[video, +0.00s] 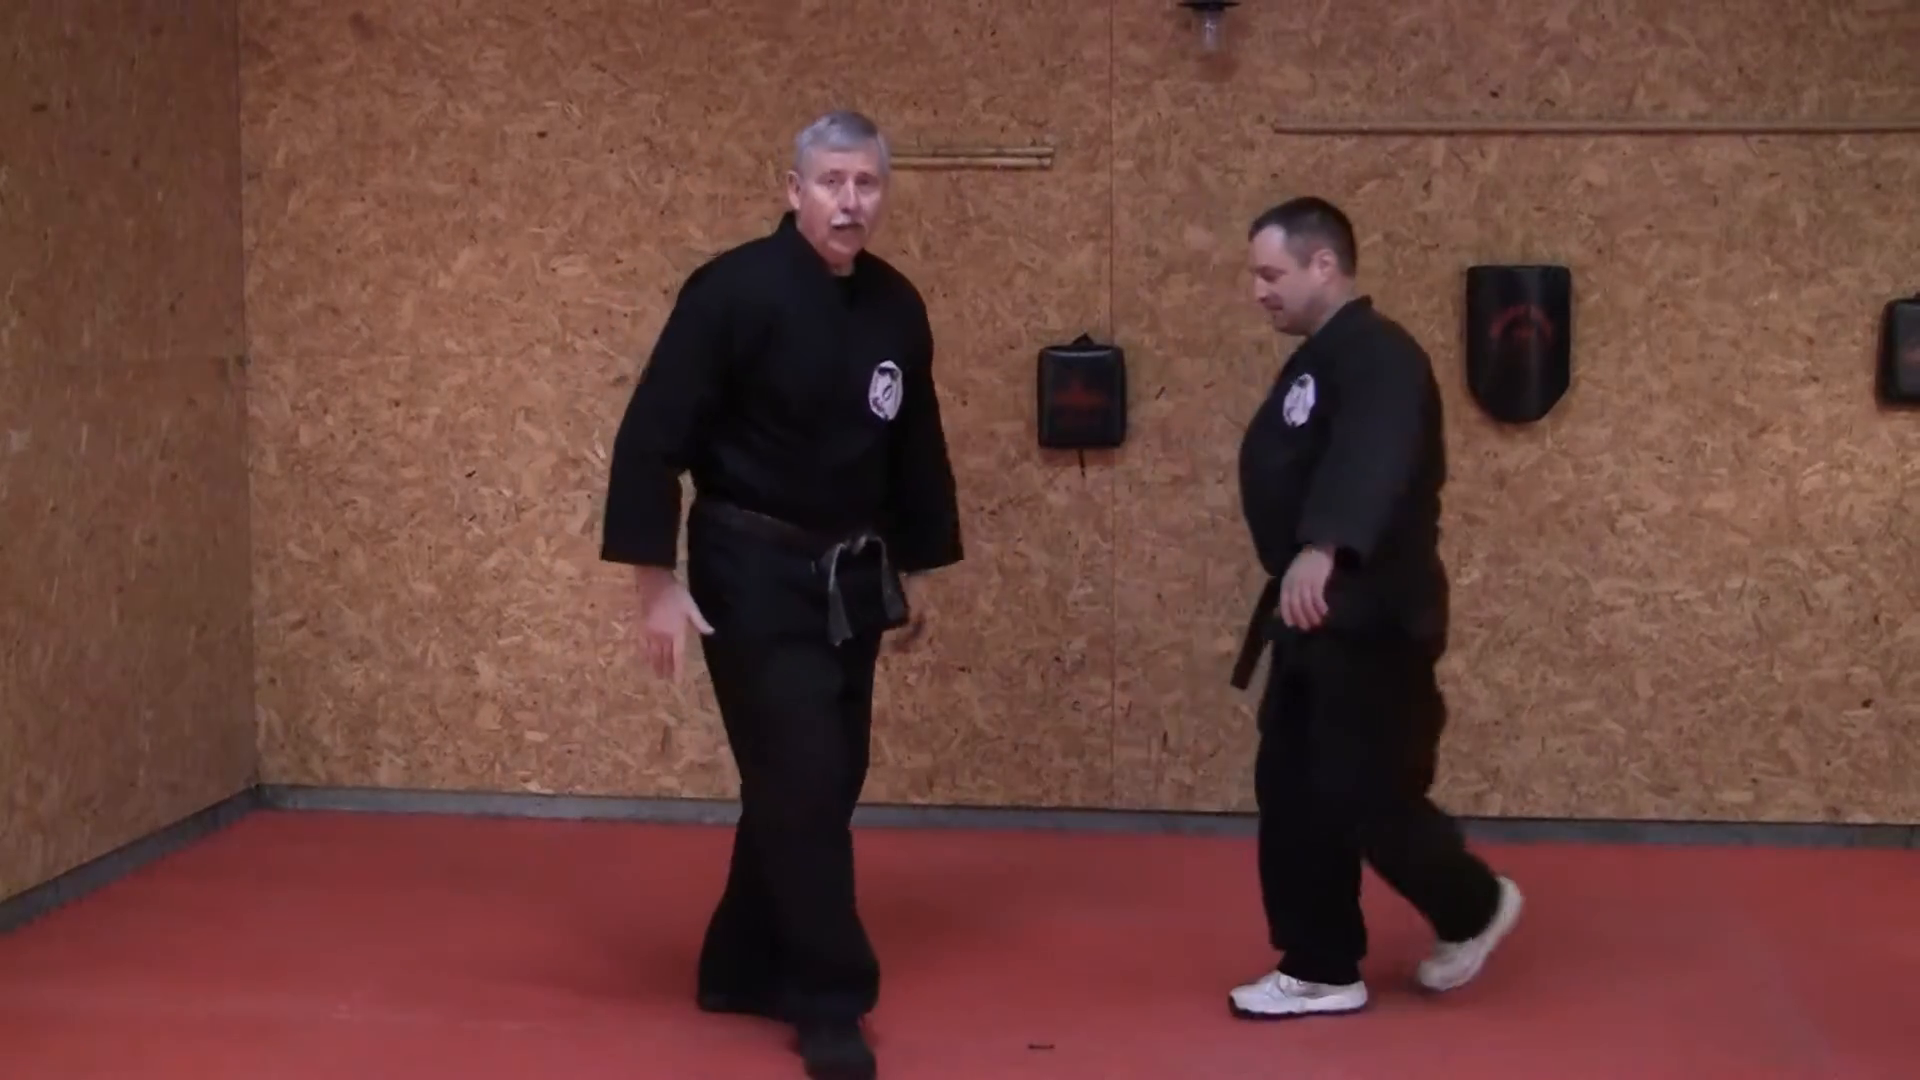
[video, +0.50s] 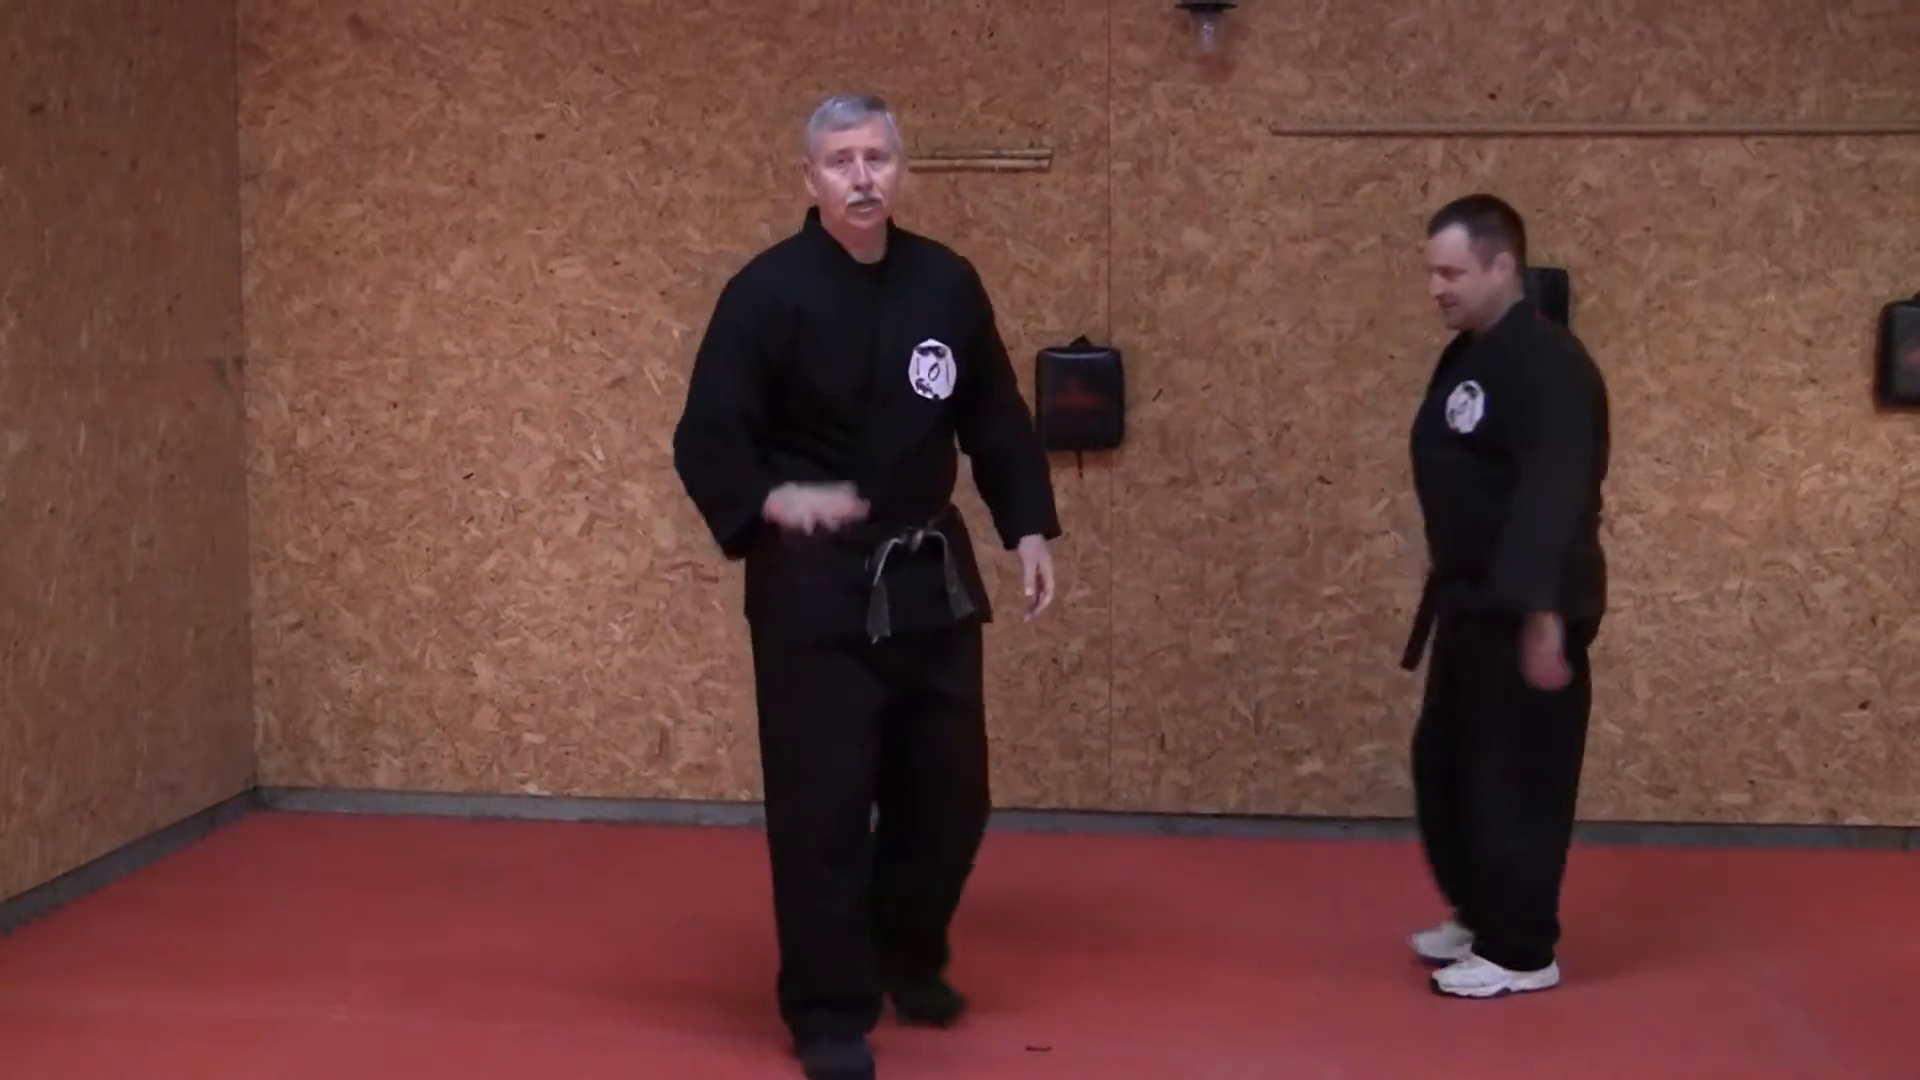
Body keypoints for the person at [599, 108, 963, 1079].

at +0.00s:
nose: (851, 200)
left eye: (867, 183)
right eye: (833, 181)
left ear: (884, 193)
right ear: (794, 187)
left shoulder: (894, 307)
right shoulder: (730, 291)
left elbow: (910, 448)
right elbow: (650, 433)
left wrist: (902, 576)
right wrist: (657, 582)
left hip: (851, 569)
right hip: (751, 566)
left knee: (822, 773)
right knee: (800, 776)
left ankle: (741, 964)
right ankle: (829, 1009)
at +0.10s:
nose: (848, 194)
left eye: (863, 177)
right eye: (828, 177)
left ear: (884, 190)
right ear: (792, 189)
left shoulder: (899, 296)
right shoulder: (736, 295)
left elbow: (927, 428)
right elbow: (670, 448)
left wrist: (956, 549)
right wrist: (674, 600)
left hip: (865, 572)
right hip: (769, 573)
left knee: (835, 776)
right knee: (809, 784)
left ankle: (744, 962)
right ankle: (830, 1010)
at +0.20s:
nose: (847, 186)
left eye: (861, 168)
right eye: (827, 170)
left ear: (881, 176)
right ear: (791, 180)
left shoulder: (908, 287)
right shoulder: (742, 294)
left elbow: (943, 415)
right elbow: (689, 454)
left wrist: (980, 528)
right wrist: (694, 601)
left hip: (880, 572)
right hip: (779, 577)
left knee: (855, 787)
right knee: (814, 793)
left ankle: (745, 953)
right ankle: (831, 1015)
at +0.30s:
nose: (847, 181)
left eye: (862, 162)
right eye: (826, 165)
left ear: (884, 171)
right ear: (792, 177)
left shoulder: (919, 281)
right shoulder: (746, 296)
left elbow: (959, 403)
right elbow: (700, 455)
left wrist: (1003, 513)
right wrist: (723, 593)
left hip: (897, 571)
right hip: (791, 579)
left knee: (889, 787)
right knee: (818, 798)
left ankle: (769, 928)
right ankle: (831, 1023)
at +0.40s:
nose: (853, 179)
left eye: (867, 160)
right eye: (832, 163)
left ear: (890, 170)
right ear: (798, 178)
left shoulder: (931, 281)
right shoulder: (754, 296)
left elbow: (978, 407)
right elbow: (701, 456)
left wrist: (1019, 516)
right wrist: (759, 563)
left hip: (912, 570)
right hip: (800, 578)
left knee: (922, 788)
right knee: (822, 799)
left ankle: (819, 939)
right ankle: (829, 1023)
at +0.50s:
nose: (861, 177)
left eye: (876, 159)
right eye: (841, 162)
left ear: (900, 169)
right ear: (810, 176)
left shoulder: (946, 284)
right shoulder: (763, 296)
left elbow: (994, 412)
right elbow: (705, 440)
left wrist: (1027, 520)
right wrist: (768, 499)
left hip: (930, 573)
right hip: (811, 579)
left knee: (948, 790)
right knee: (823, 803)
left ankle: (912, 954)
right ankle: (828, 1020)